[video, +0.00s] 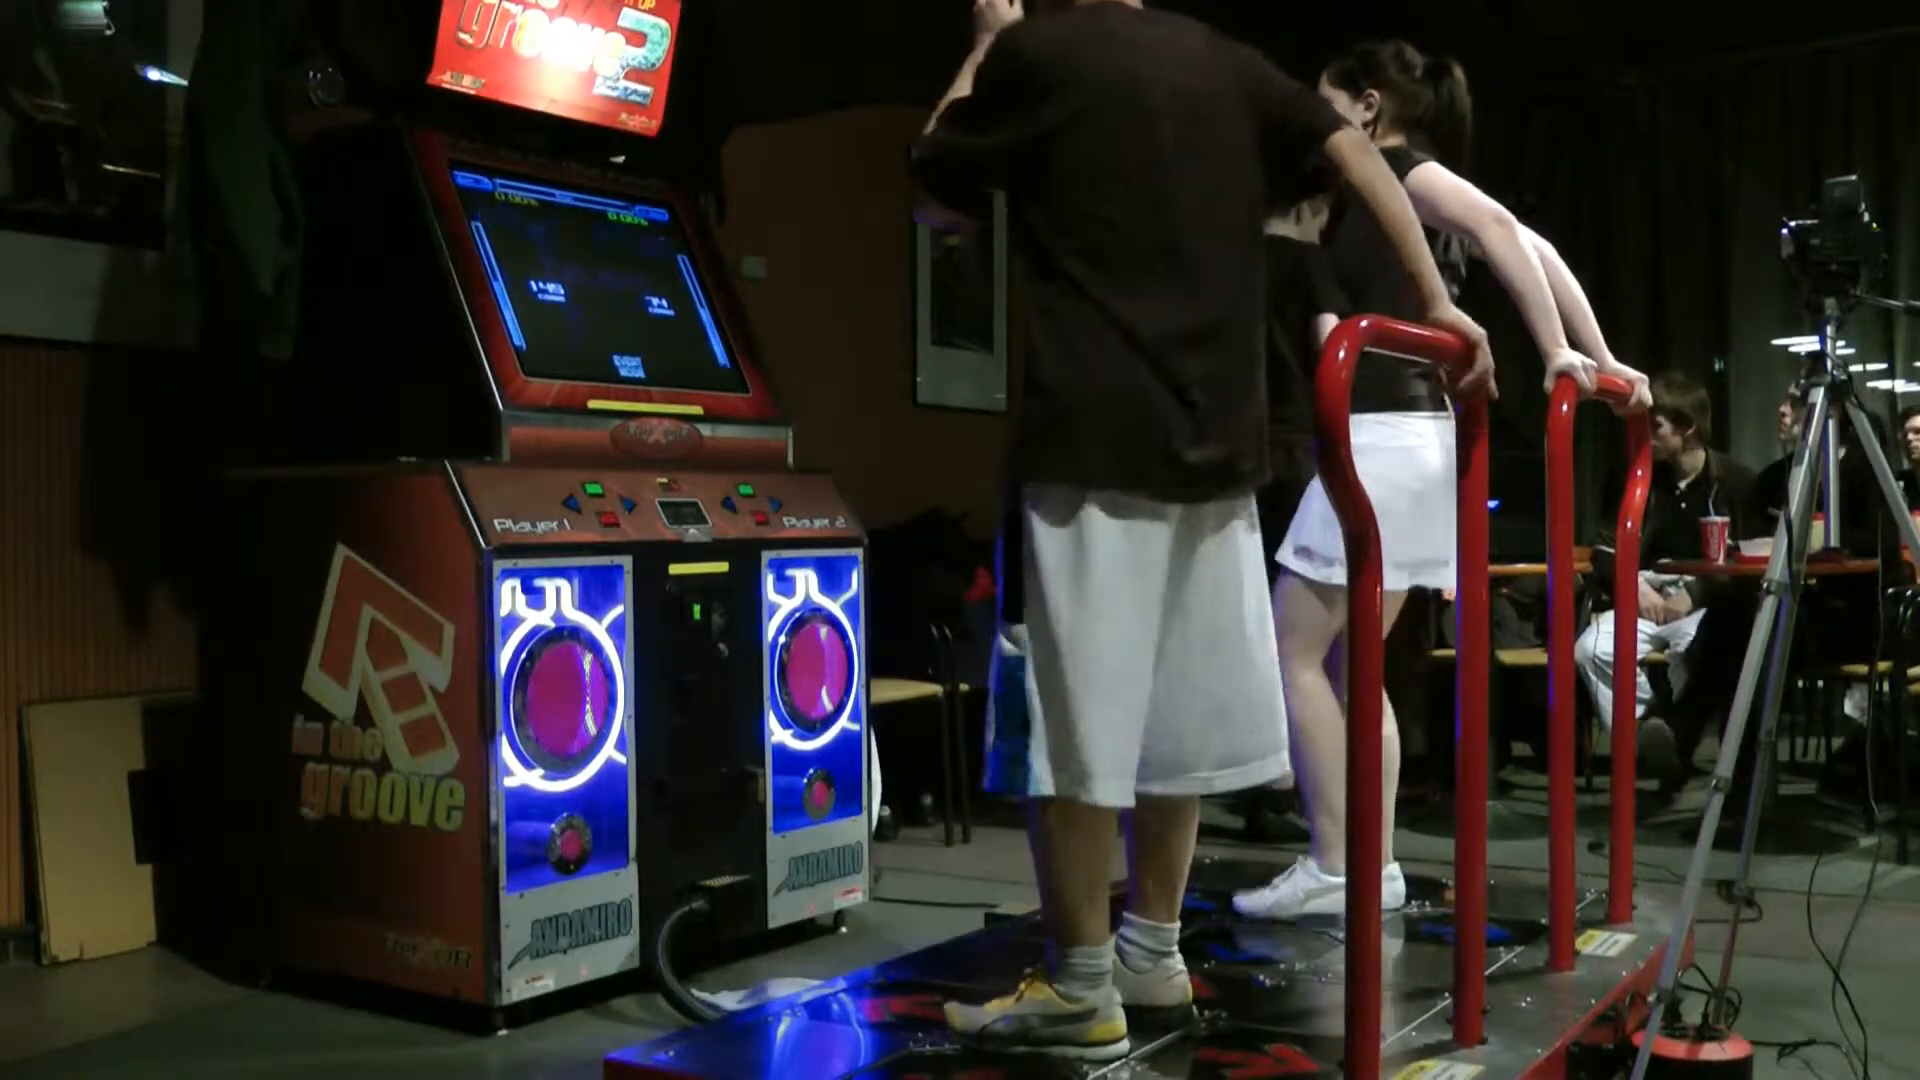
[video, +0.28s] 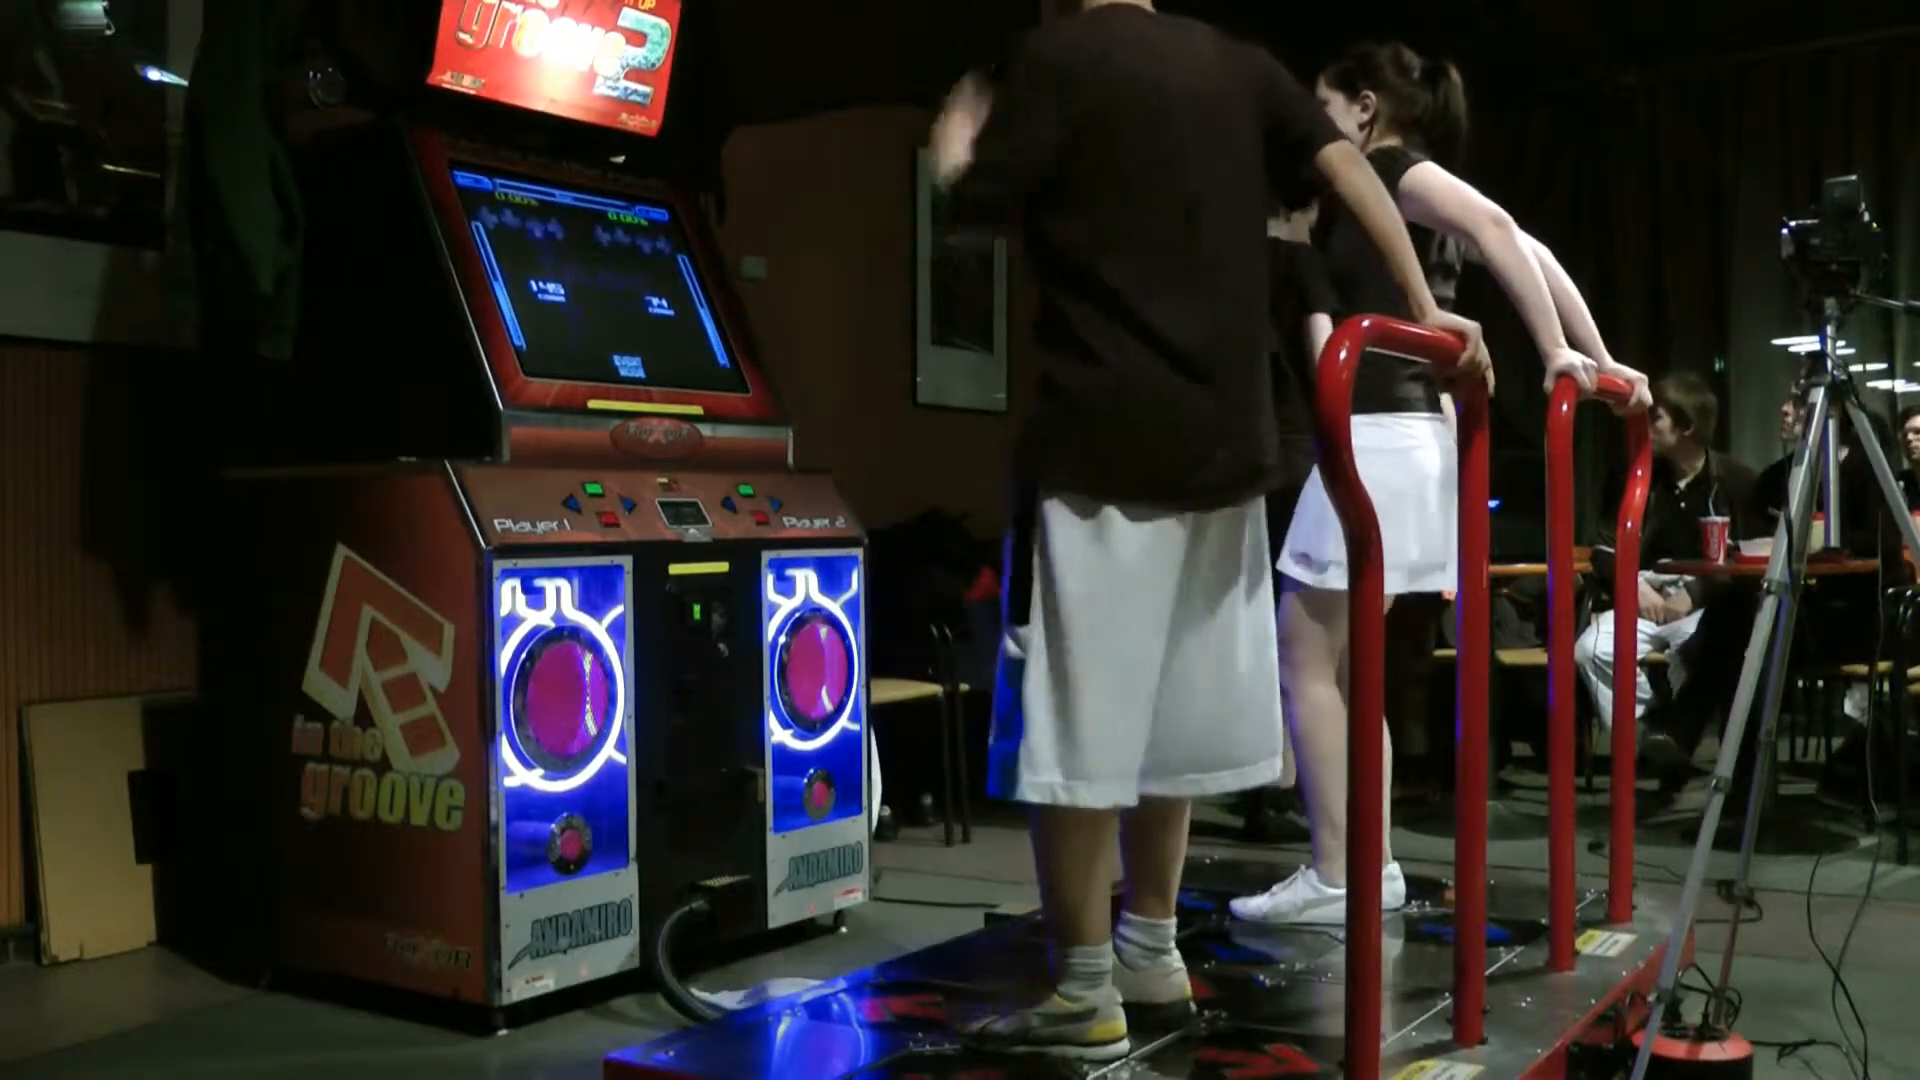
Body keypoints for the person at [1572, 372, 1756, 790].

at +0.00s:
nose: (1649, 435)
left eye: (1657, 426)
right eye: (1648, 425)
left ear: (1689, 427)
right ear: (1646, 425)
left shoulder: (1734, 480)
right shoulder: (1642, 477)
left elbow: (1747, 559)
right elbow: (1606, 547)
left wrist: (1692, 595)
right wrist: (1634, 587)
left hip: (1701, 601)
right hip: (1643, 597)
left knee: (1694, 650)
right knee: (1596, 648)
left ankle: (1678, 750)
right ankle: (1649, 739)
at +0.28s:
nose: (1649, 426)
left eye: (1658, 418)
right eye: (1650, 418)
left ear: (1687, 426)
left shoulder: (1735, 481)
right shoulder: (1643, 476)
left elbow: (1750, 559)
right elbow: (1607, 549)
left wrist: (1692, 598)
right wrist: (1636, 588)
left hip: (1706, 602)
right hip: (1647, 598)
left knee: (1695, 648)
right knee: (1595, 648)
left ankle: (1677, 741)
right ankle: (1650, 743)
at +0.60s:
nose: (1650, 425)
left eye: (1660, 417)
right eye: (1651, 417)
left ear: (1689, 425)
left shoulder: (1734, 480)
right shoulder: (1645, 474)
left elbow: (1745, 561)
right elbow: (1606, 548)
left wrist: (1692, 595)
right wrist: (1634, 588)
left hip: (1701, 600)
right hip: (1644, 595)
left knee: (1696, 652)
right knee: (1595, 649)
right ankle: (1646, 751)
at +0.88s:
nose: (1650, 425)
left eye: (1659, 417)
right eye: (1650, 417)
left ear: (1689, 425)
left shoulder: (1734, 480)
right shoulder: (1644, 474)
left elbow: (1747, 560)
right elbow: (1607, 546)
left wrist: (1692, 596)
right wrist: (1634, 587)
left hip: (1703, 603)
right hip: (1645, 599)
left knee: (1698, 652)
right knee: (1596, 648)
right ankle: (1646, 748)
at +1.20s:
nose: (1651, 425)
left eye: (1660, 417)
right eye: (1651, 416)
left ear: (1689, 425)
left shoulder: (1733, 480)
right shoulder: (1646, 474)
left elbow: (1743, 558)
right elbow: (1610, 544)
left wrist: (1690, 595)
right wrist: (1635, 587)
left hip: (1707, 600)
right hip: (1649, 596)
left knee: (1696, 649)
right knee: (1595, 648)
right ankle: (1648, 746)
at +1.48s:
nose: (1649, 428)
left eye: (1659, 419)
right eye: (1649, 418)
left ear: (1691, 426)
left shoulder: (1734, 481)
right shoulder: (1646, 477)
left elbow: (1744, 560)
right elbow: (1606, 548)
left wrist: (1690, 596)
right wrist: (1634, 588)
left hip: (1709, 598)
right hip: (1651, 593)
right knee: (1592, 649)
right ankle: (1651, 734)